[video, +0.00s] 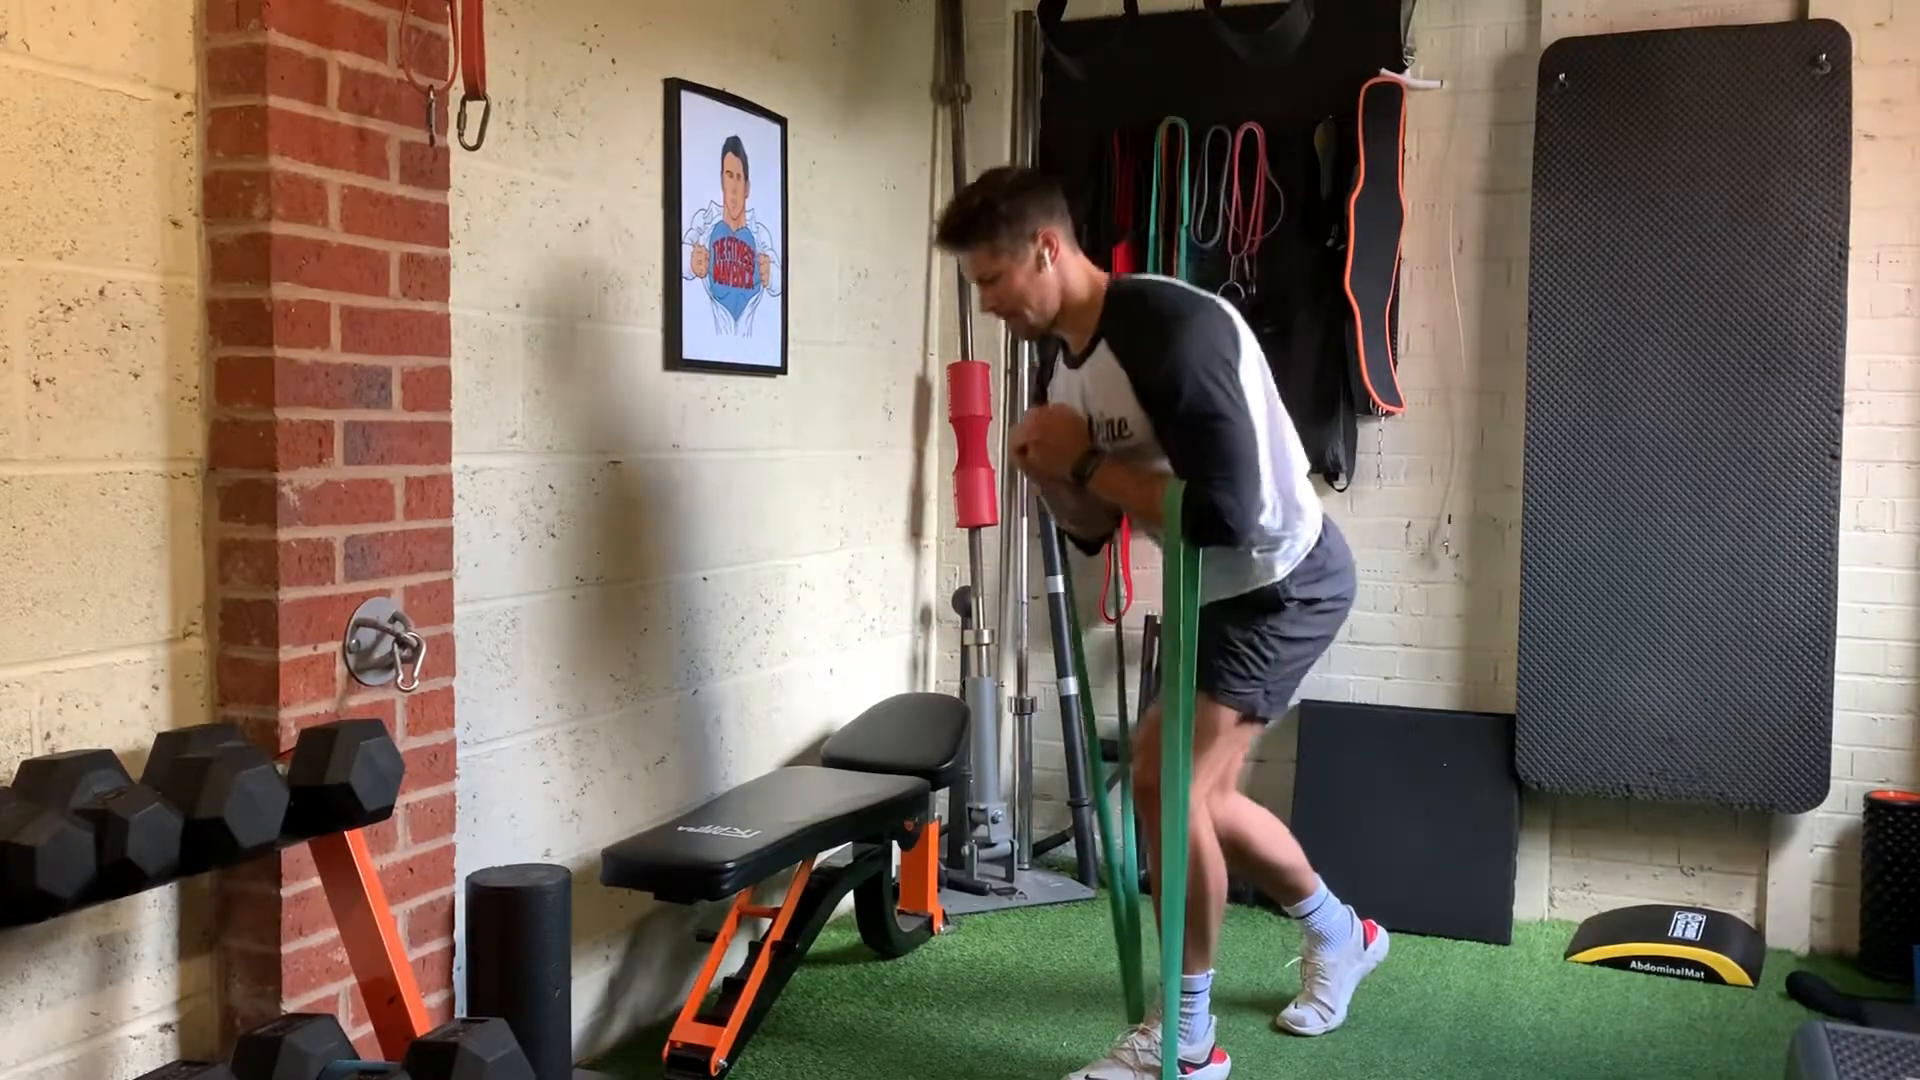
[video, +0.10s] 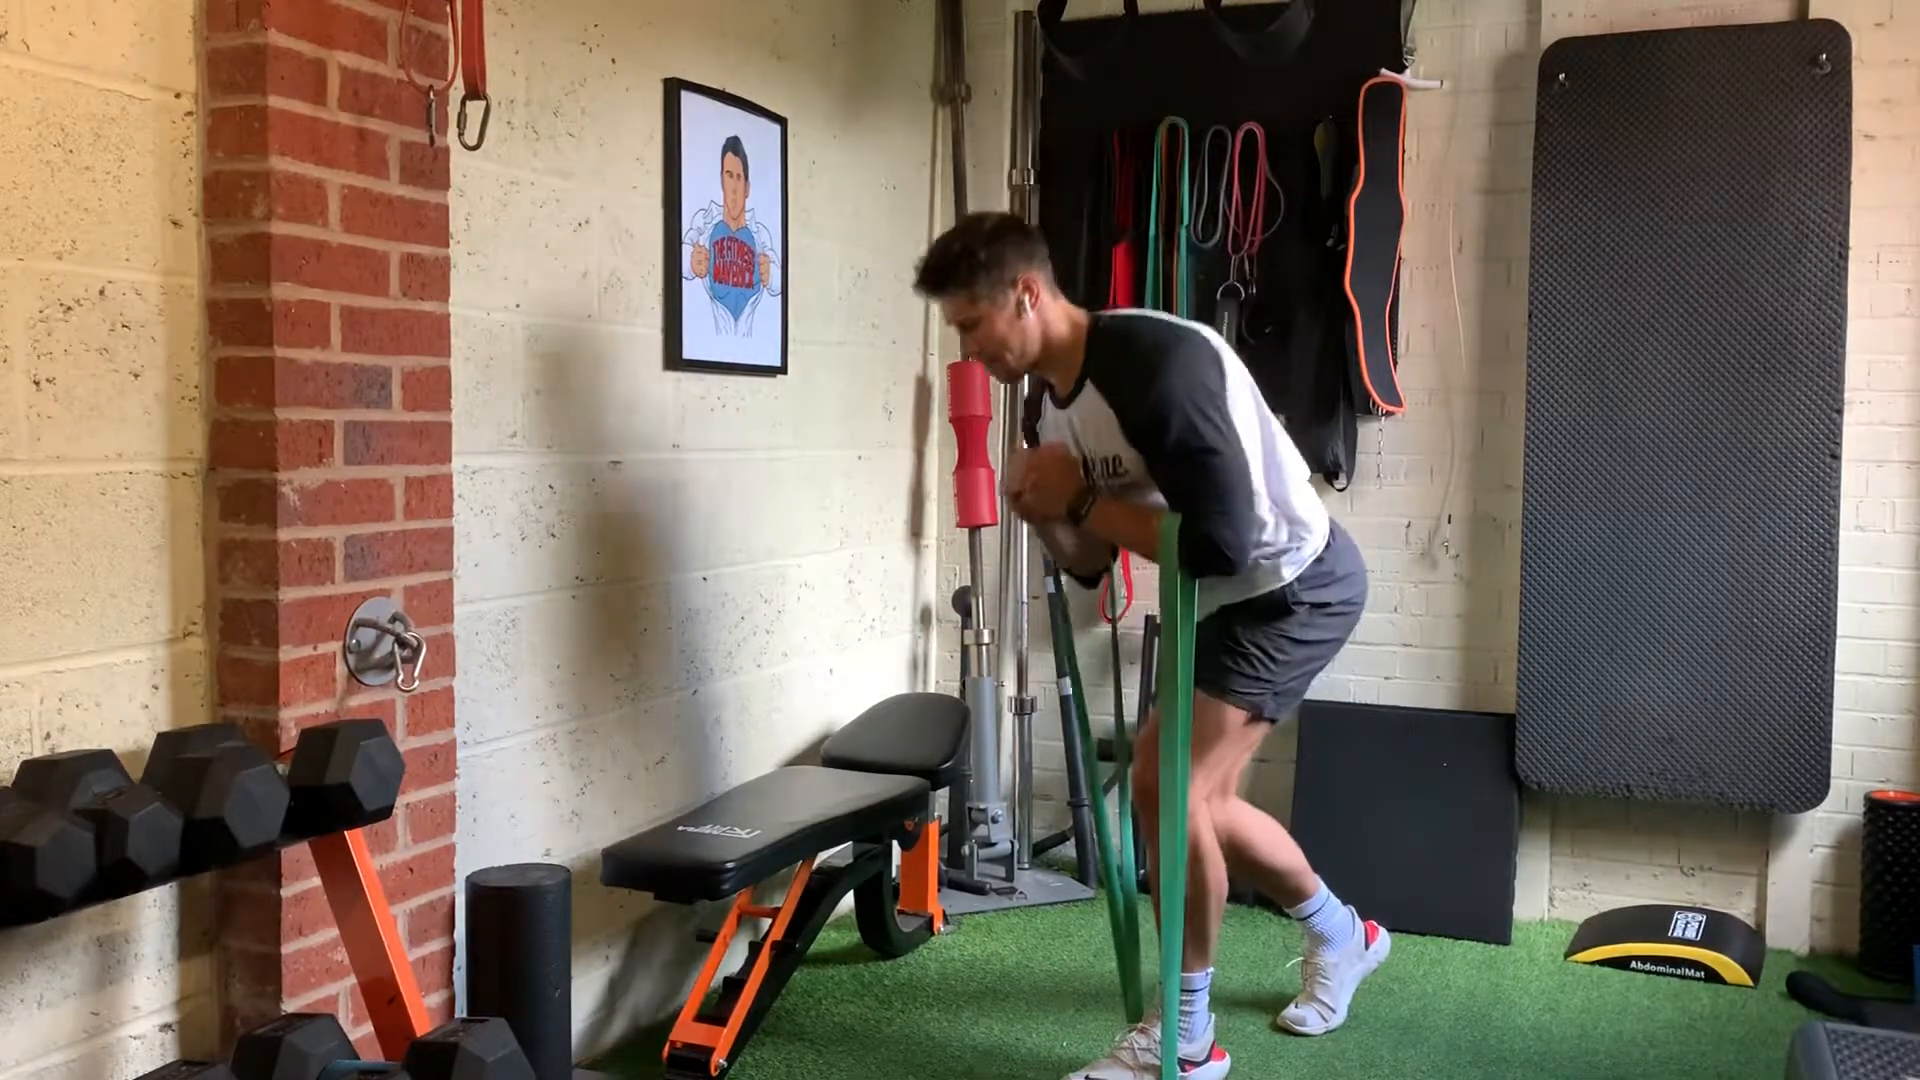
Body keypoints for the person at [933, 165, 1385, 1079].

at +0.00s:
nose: (987, 303)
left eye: (995, 279)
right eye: (976, 285)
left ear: (1051, 249)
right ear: (1036, 258)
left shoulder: (1178, 332)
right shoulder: (1063, 361)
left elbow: (1229, 514)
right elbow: (1096, 532)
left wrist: (1088, 466)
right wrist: (1049, 473)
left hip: (1285, 578)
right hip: (1210, 578)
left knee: (1162, 779)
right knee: (1201, 794)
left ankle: (1187, 1035)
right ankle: (1341, 931)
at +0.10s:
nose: (966, 348)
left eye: (972, 323)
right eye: (956, 329)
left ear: (1029, 296)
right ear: (1020, 302)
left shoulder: (1166, 368)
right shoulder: (1047, 403)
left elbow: (1228, 544)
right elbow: (1091, 567)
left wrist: (1087, 504)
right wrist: (1045, 510)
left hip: (1295, 583)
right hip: (1218, 589)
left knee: (1164, 785)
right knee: (1204, 804)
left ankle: (1187, 1035)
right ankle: (1344, 932)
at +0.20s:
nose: (944, 412)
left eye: (950, 387)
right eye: (937, 394)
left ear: (1008, 356)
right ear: (1005, 362)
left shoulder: (1149, 410)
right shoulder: (1032, 451)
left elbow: (1221, 584)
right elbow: (1093, 605)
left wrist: (1079, 548)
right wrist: (1042, 565)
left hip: (1309, 589)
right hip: (1233, 599)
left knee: (1173, 788)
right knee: (1201, 809)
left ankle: (1187, 1034)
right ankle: (1342, 934)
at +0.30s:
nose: (934, 455)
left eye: (939, 432)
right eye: (925, 438)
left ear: (996, 402)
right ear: (991, 407)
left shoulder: (1139, 450)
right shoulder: (1029, 483)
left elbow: (1218, 620)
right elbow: (1092, 635)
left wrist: (1077, 584)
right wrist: (1043, 603)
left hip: (1316, 593)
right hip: (1241, 603)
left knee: (1184, 795)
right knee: (1186, 807)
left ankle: (1186, 1038)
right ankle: (1345, 934)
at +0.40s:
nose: (928, 490)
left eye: (933, 468)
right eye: (919, 474)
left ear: (989, 440)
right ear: (989, 443)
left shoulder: (1134, 477)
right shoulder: (1028, 510)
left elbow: (1217, 649)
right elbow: (1093, 659)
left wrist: (1073, 619)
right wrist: (1043, 632)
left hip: (1321, 595)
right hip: (1246, 603)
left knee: (1195, 798)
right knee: (1189, 801)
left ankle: (1186, 1040)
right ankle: (1344, 935)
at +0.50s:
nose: (922, 539)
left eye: (926, 518)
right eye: (913, 522)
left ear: (981, 488)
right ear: (981, 490)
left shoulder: (1128, 513)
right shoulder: (1020, 552)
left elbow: (1222, 680)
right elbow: (1099, 685)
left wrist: (1076, 657)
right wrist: (1043, 670)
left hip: (1327, 597)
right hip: (1243, 610)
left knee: (1196, 797)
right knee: (1199, 810)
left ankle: (1187, 1041)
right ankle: (1348, 938)